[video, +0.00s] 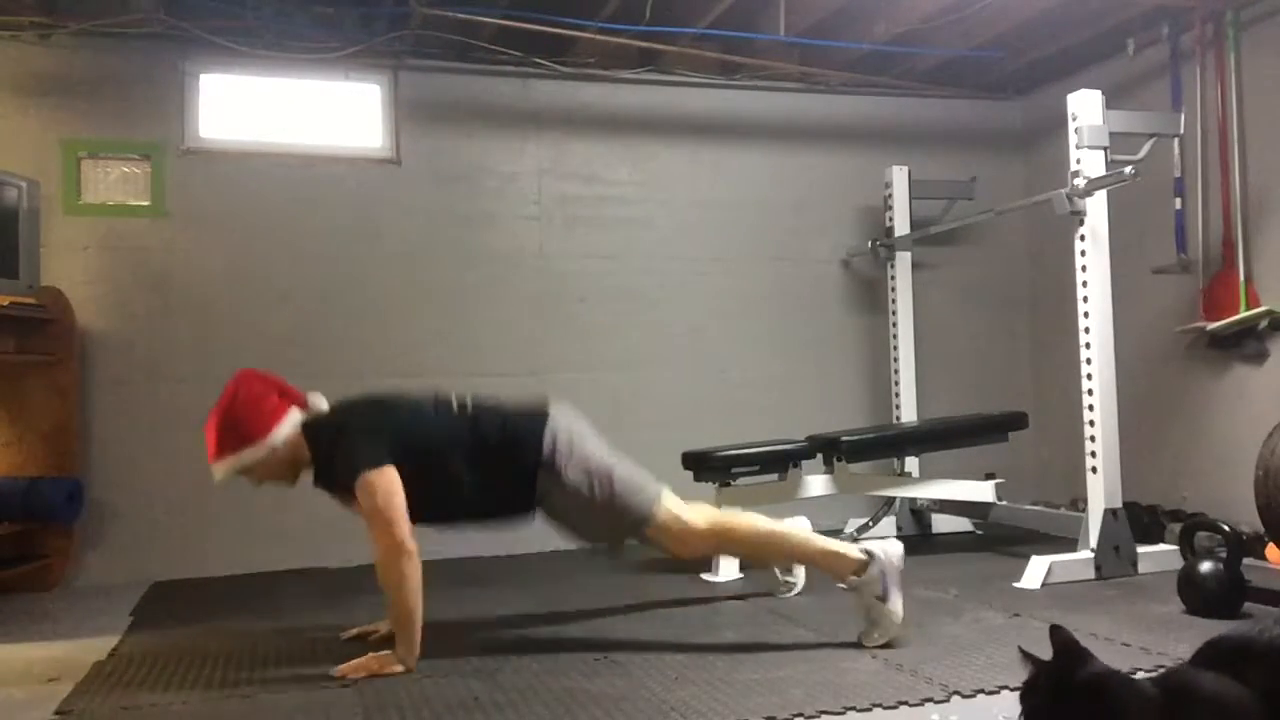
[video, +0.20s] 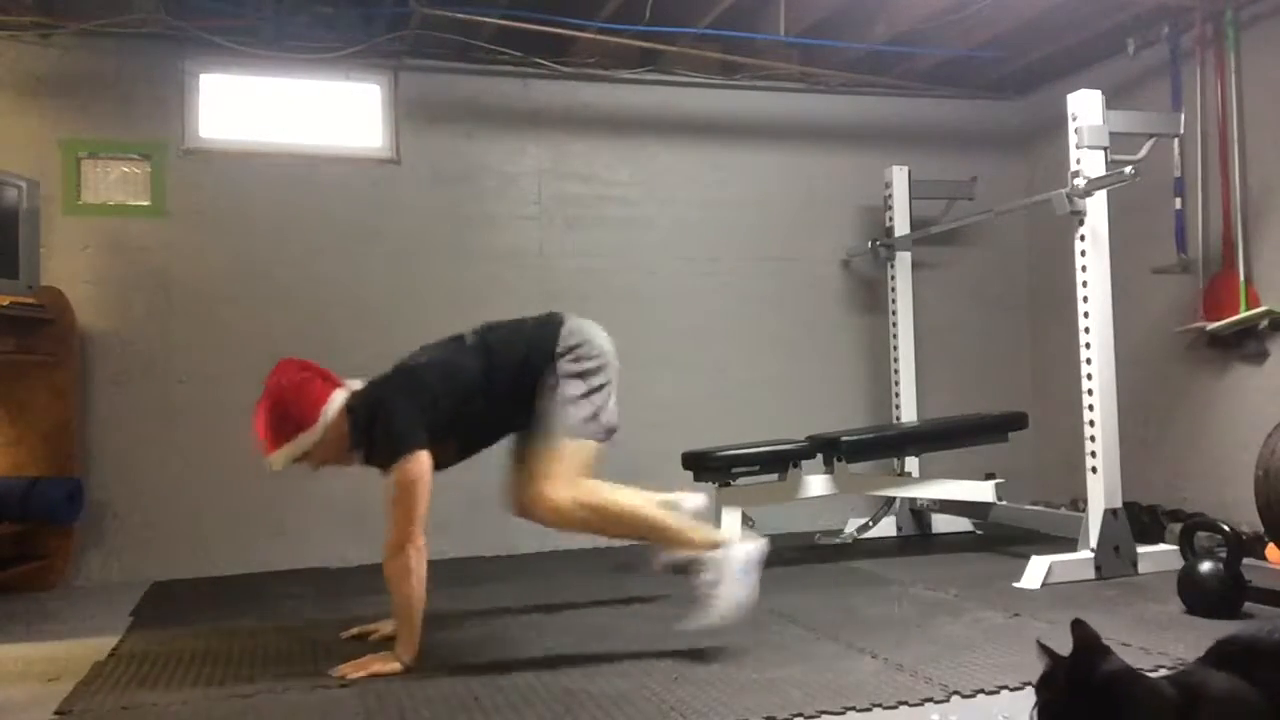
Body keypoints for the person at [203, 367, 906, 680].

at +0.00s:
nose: (252, 477)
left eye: (250, 463)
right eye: (243, 467)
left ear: (277, 432)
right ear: (274, 433)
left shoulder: (352, 437)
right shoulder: (332, 446)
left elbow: (398, 546)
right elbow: (390, 538)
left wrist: (404, 653)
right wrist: (398, 624)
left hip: (547, 450)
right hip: (534, 470)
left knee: (690, 533)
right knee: (671, 532)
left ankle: (864, 563)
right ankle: (796, 544)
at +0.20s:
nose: (309, 463)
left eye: (305, 451)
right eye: (300, 457)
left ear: (326, 424)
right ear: (326, 417)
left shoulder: (396, 419)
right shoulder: (381, 416)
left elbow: (408, 546)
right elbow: (405, 537)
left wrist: (404, 653)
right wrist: (403, 614)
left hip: (570, 355)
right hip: (548, 367)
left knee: (547, 495)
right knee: (535, 495)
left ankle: (720, 545)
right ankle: (678, 507)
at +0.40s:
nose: (345, 435)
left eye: (343, 421)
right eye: (337, 427)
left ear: (369, 398)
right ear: (375, 390)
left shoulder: (429, 410)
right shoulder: (419, 415)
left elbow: (421, 543)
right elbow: (419, 534)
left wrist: (404, 652)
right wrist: (404, 616)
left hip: (603, 426)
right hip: (580, 426)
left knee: (483, 491)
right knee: (470, 488)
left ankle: (611, 600)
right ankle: (579, 585)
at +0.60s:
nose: (388, 378)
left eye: (392, 363)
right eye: (386, 365)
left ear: (426, 357)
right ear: (428, 357)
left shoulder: (477, 396)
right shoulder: (453, 403)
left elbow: (432, 522)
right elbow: (420, 516)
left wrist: (386, 629)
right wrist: (386, 609)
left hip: (630, 478)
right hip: (592, 479)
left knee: (503, 482)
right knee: (462, 493)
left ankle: (614, 606)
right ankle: (580, 579)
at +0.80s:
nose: (422, 291)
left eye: (428, 278)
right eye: (420, 279)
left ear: (462, 277)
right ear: (465, 280)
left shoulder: (506, 323)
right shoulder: (478, 333)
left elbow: (443, 430)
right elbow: (438, 430)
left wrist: (359, 484)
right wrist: (361, 488)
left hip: (641, 422)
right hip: (601, 428)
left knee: (520, 473)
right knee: (489, 478)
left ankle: (618, 610)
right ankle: (586, 575)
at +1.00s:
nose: (446, 153)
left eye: (457, 140)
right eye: (449, 140)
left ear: (493, 145)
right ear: (499, 147)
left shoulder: (533, 199)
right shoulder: (503, 207)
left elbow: (451, 256)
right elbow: (437, 279)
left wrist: (391, 211)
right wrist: (393, 226)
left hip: (627, 355)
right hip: (590, 359)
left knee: (525, 462)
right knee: (512, 465)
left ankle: (619, 609)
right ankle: (588, 574)